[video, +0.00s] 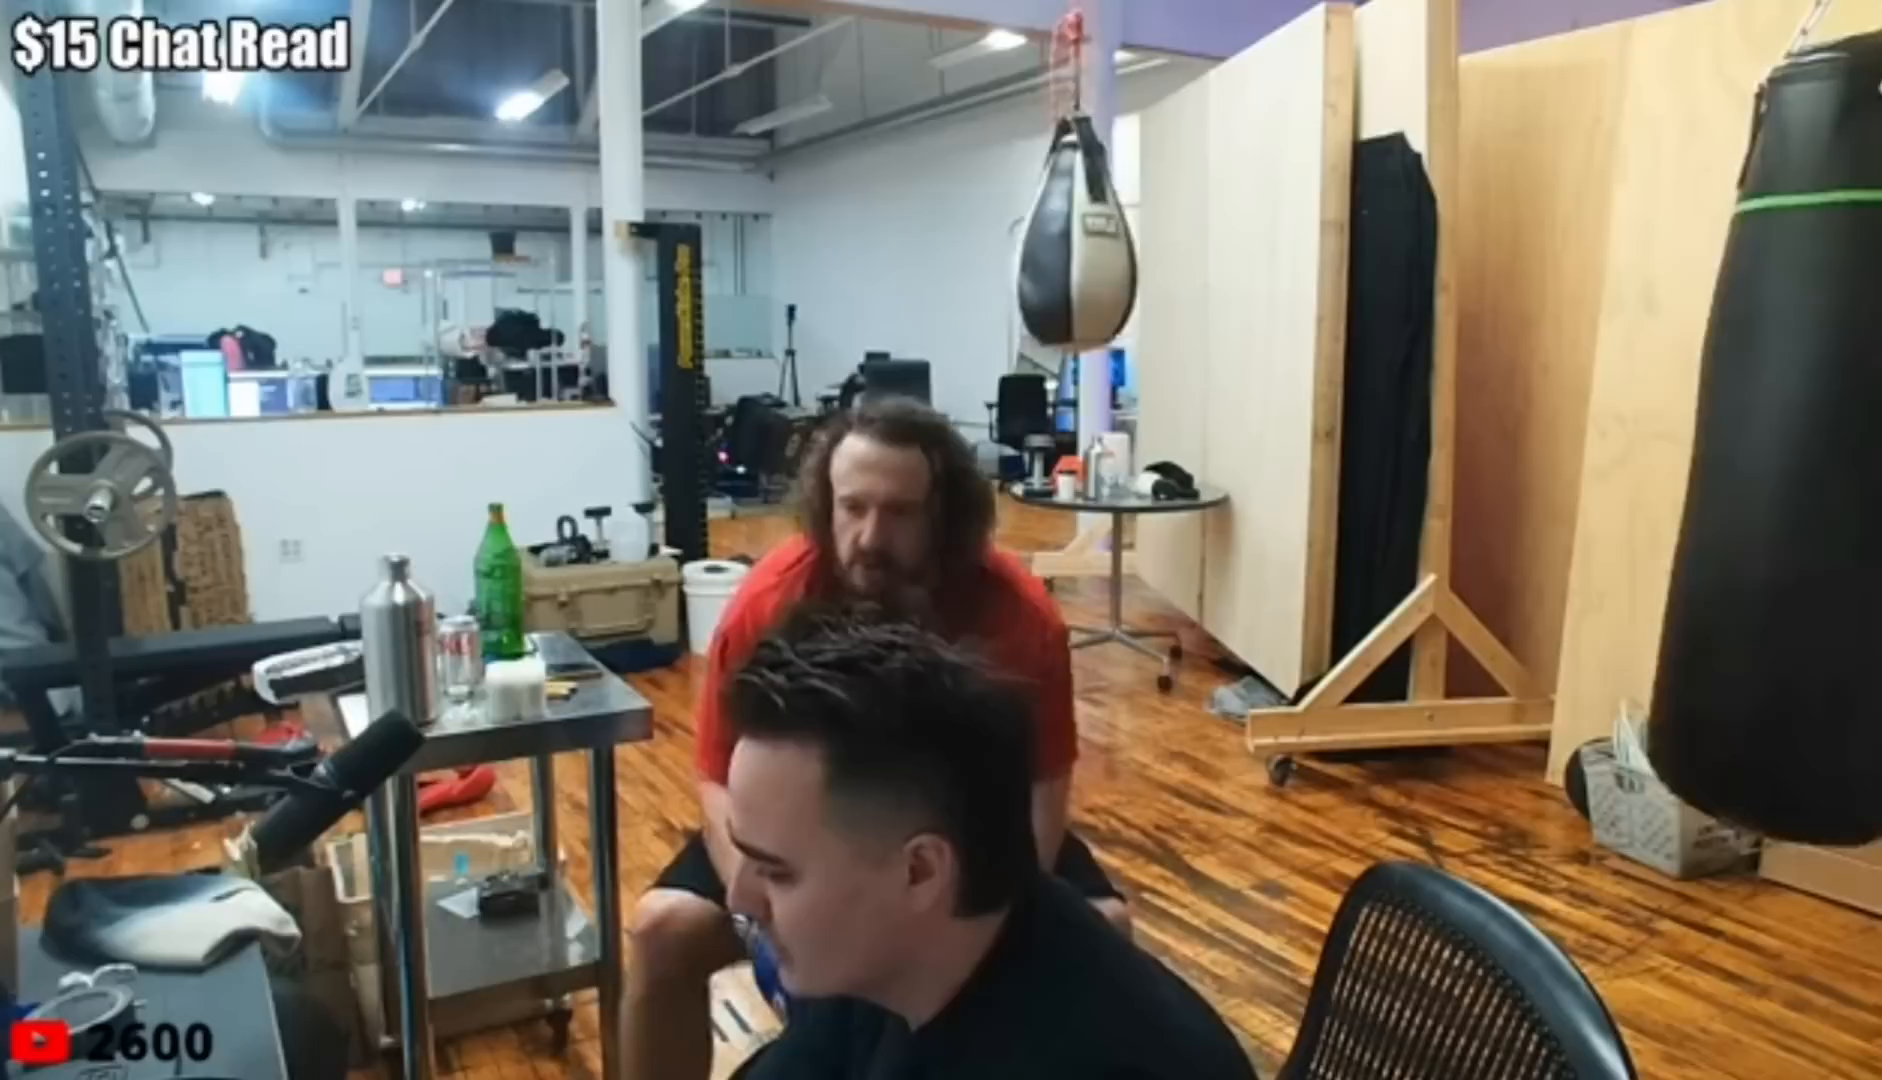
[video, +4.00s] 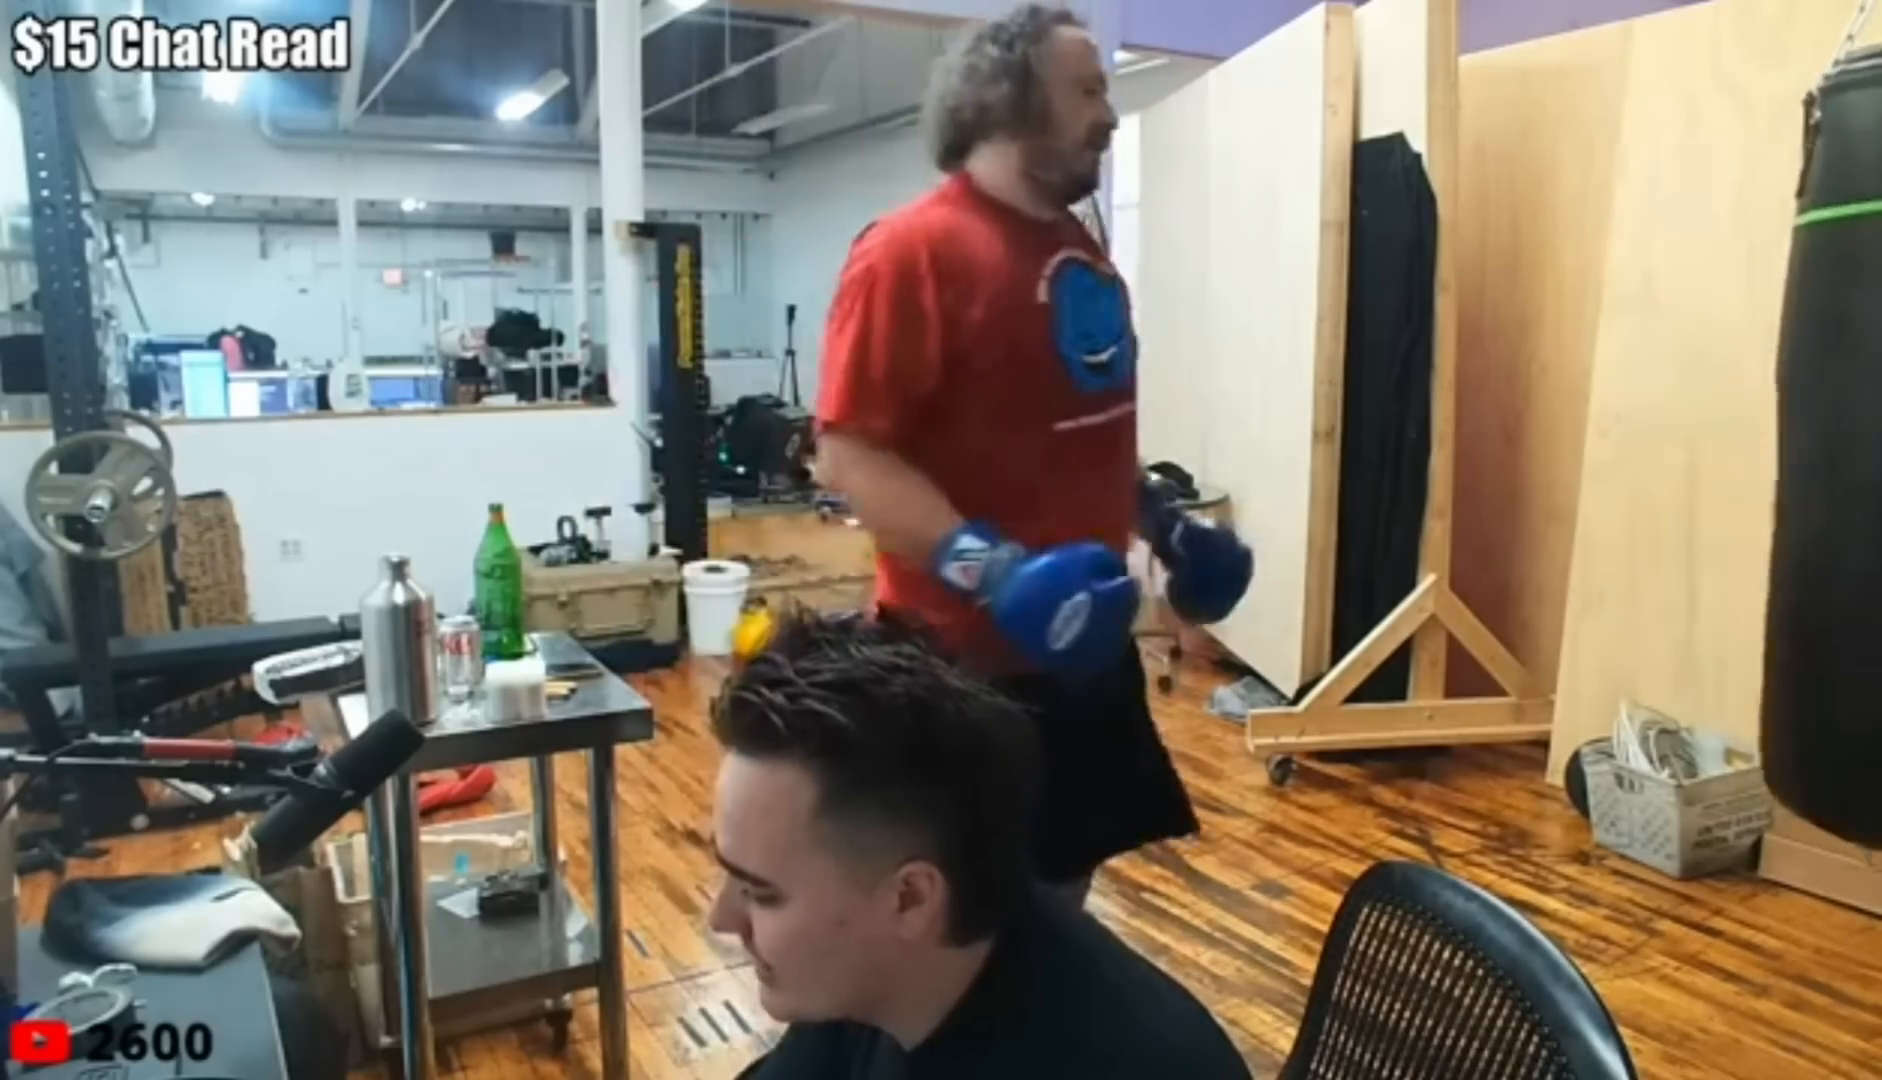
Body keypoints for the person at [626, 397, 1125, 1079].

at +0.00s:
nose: (869, 537)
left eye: (898, 513)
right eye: (852, 509)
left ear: (946, 518)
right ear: (824, 508)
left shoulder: (1022, 616)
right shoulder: (769, 596)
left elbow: (1045, 788)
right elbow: (718, 776)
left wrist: (993, 916)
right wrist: (754, 888)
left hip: (967, 823)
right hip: (799, 813)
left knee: (1101, 925)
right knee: (663, 927)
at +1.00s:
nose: (936, 449)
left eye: (963, 429)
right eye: (920, 425)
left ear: (1005, 450)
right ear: (890, 434)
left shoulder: (1045, 589)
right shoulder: (829, 519)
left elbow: (1063, 766)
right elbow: (674, 592)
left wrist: (1022, 890)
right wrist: (757, 459)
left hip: (987, 797)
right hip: (828, 784)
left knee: (1124, 913)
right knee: (701, 938)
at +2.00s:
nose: (835, 464)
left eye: (858, 438)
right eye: (817, 443)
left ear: (908, 444)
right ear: (797, 455)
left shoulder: (998, 528)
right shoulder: (766, 576)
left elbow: (1149, 599)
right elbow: (751, 746)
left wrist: (1105, 719)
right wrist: (768, 869)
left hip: (973, 783)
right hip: (813, 784)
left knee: (1117, 913)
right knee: (700, 952)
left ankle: (1077, 1074)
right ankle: (747, 1075)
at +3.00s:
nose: (812, 263)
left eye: (828, 237)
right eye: (779, 247)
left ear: (863, 257)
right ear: (729, 285)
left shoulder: (969, 376)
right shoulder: (685, 456)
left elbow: (1075, 533)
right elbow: (689, 668)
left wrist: (1072, 721)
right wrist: (761, 811)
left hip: (959, 731)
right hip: (770, 750)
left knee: (1029, 958)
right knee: (703, 985)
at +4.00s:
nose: (1111, 119)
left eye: (1108, 94)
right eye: (1089, 93)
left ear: (1027, 107)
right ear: (1010, 100)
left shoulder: (1078, 250)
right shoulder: (910, 251)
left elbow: (1074, 441)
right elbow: (846, 453)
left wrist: (1161, 521)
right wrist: (991, 568)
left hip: (1078, 658)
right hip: (952, 672)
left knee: (1058, 903)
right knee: (949, 922)